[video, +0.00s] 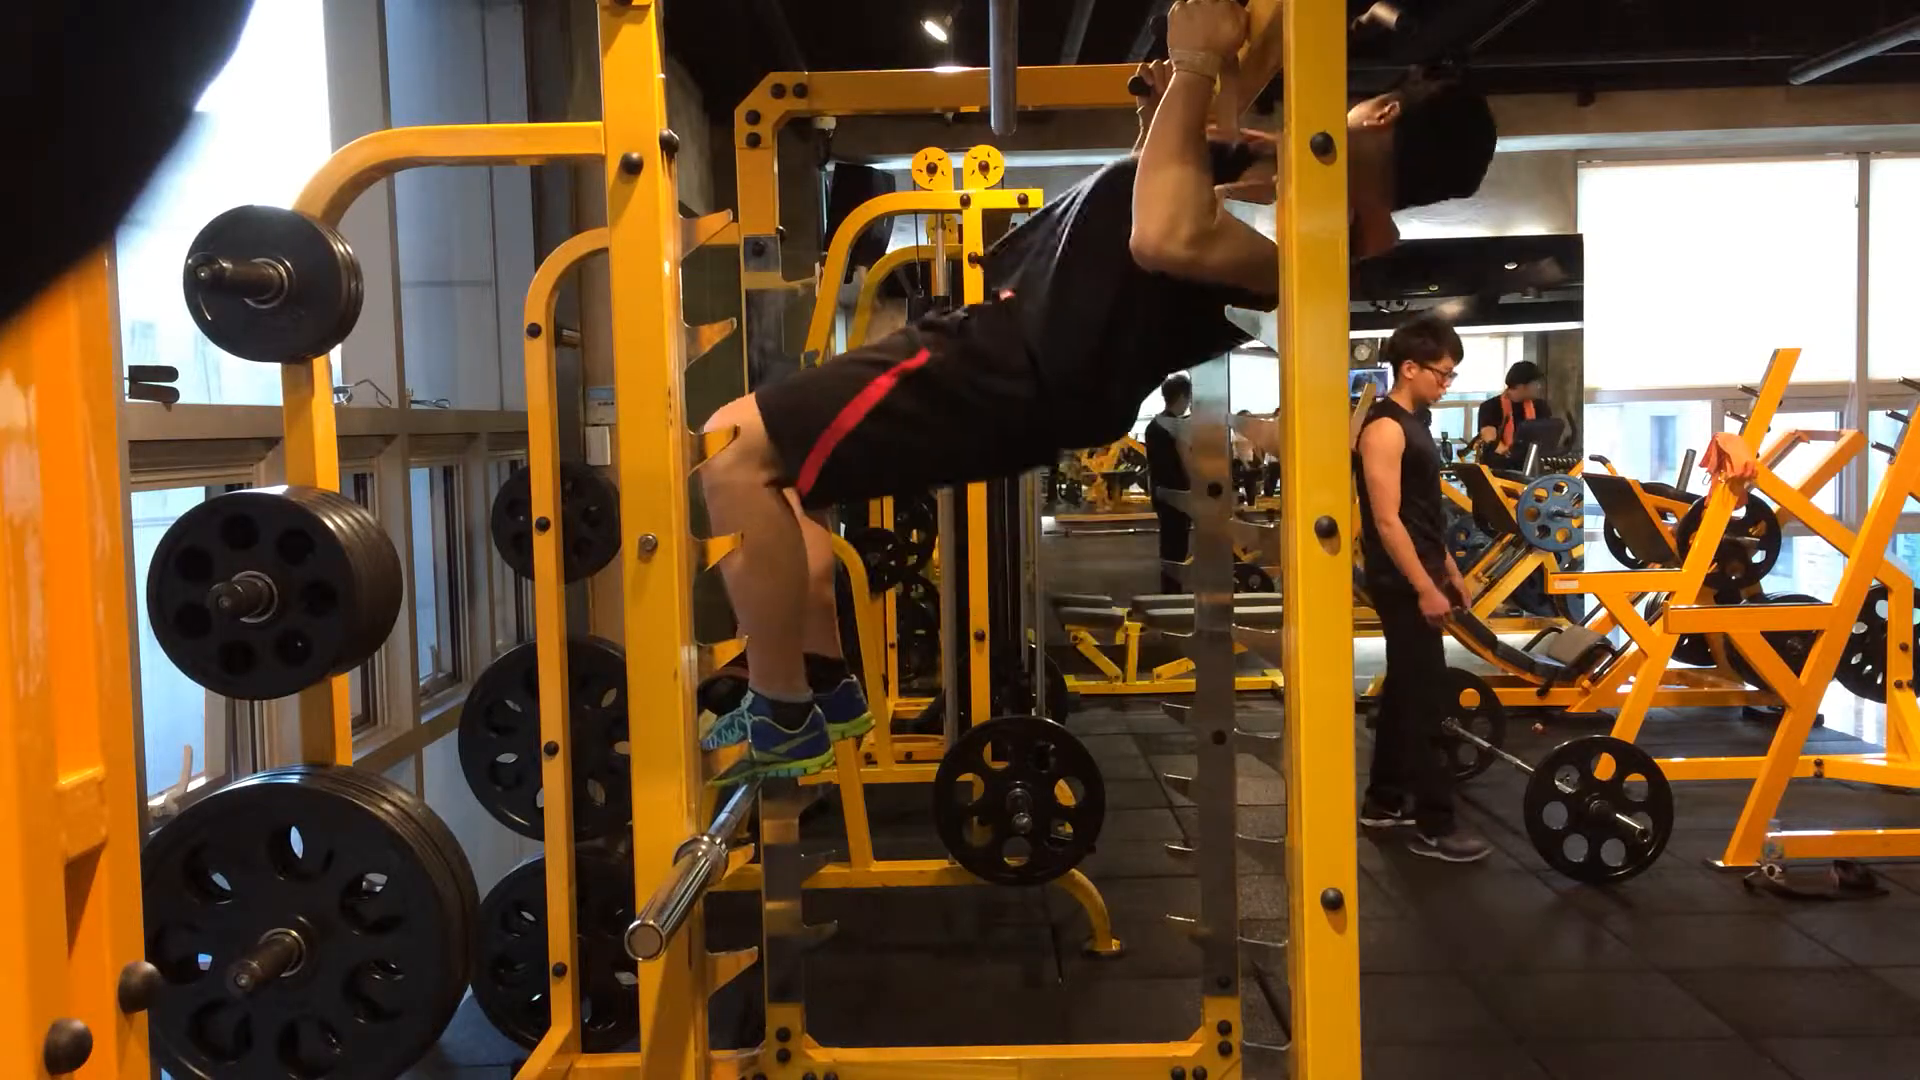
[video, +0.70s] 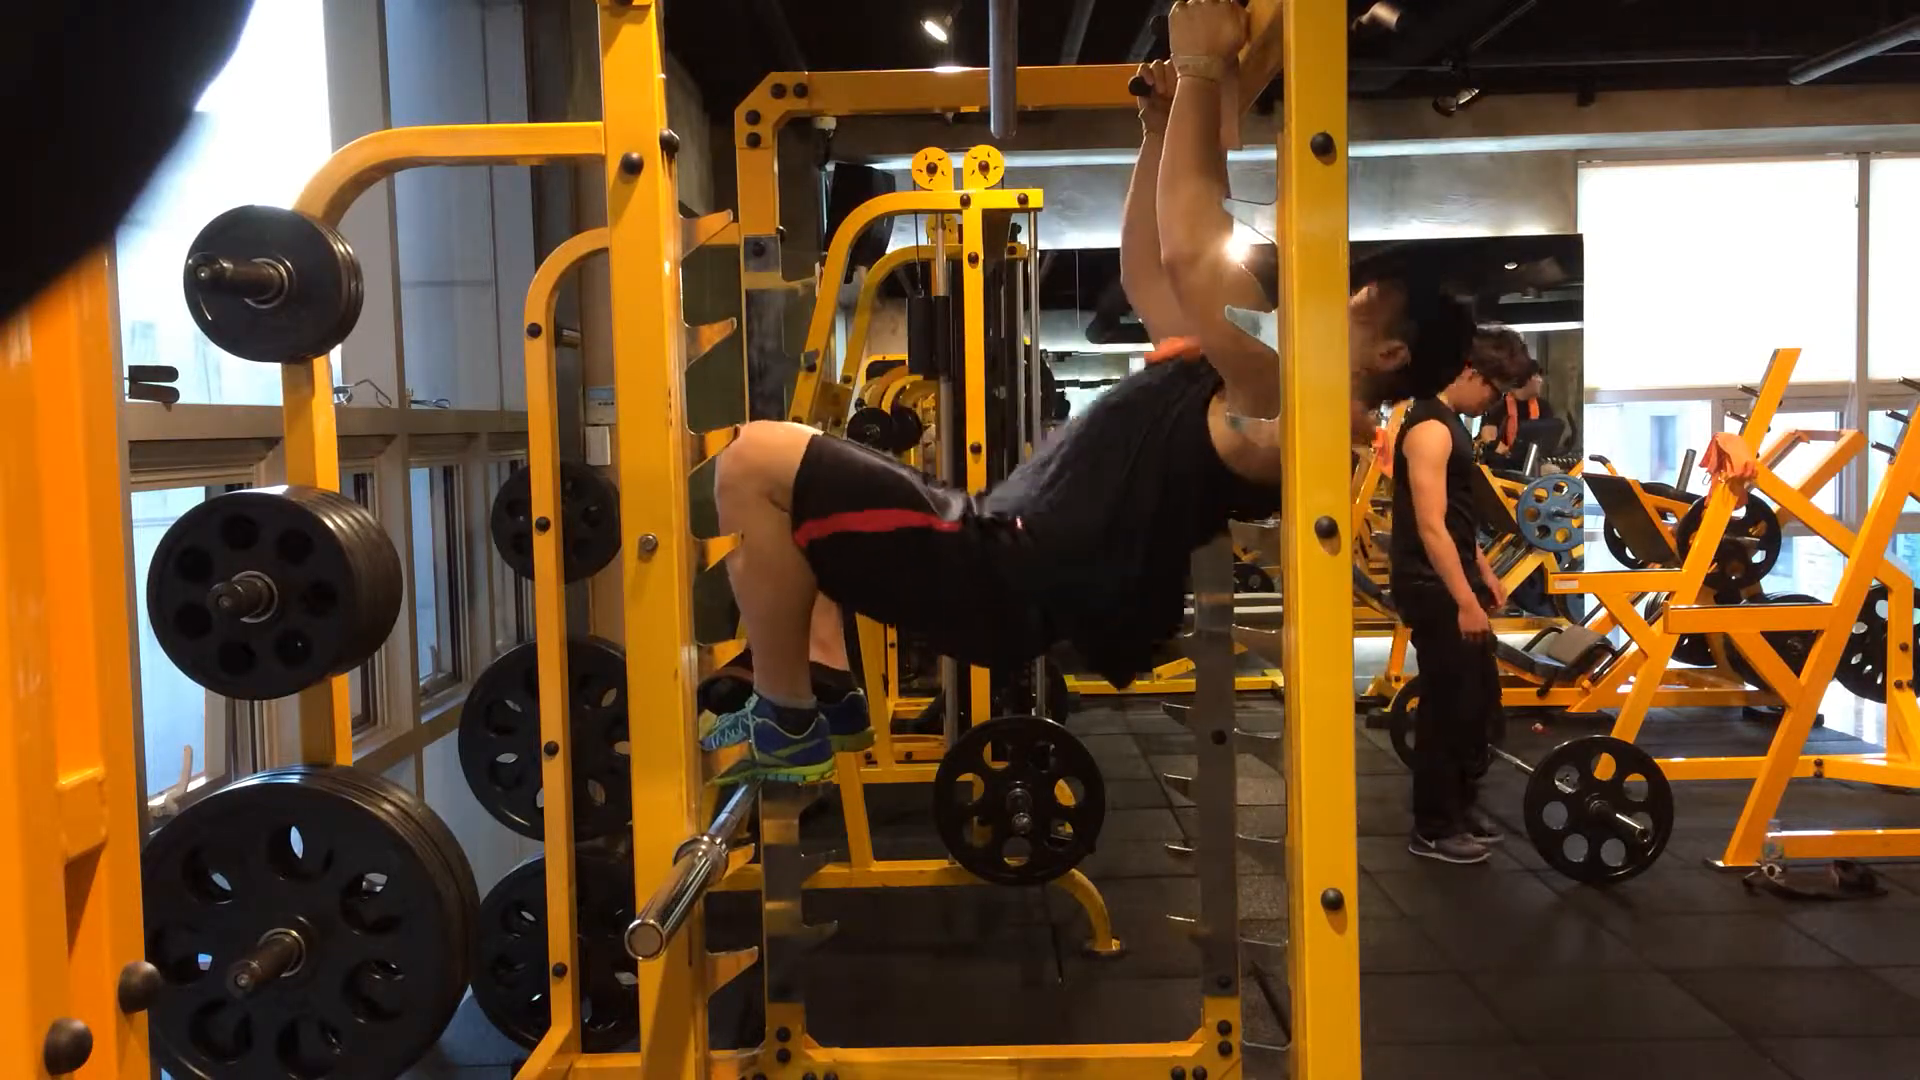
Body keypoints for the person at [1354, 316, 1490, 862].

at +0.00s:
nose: (1447, 383)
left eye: (1450, 375)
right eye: (1441, 373)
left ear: (1418, 372)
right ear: (1409, 367)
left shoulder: (1410, 422)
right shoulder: (1385, 427)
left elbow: (1422, 512)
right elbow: (1385, 521)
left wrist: (1448, 568)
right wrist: (1423, 589)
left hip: (1414, 576)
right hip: (1399, 579)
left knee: (1405, 687)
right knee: (1427, 692)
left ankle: (1385, 801)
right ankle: (1432, 827)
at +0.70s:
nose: (1490, 404)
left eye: (1496, 396)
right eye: (1493, 393)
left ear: (1471, 377)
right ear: (1472, 376)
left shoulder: (1445, 424)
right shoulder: (1430, 429)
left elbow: (1453, 518)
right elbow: (1429, 528)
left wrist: (1482, 571)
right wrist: (1464, 602)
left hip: (1450, 584)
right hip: (1429, 587)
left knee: (1477, 696)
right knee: (1450, 701)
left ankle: (1458, 806)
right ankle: (1434, 827)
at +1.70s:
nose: (1626, 452)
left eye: (1634, 446)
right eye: (1632, 441)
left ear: (1615, 415)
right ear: (1617, 419)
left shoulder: (1565, 443)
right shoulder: (1552, 455)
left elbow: (1586, 520)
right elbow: (1539, 560)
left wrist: (1631, 568)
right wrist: (1567, 632)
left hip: (1495, 574)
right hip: (1478, 577)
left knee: (1509, 701)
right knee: (1503, 704)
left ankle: (1504, 824)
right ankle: (1494, 838)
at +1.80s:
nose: (1635, 474)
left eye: (1645, 468)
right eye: (1643, 464)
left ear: (1628, 434)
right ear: (1629, 437)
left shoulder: (1583, 455)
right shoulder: (1563, 467)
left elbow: (1603, 533)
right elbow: (1550, 574)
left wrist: (1650, 586)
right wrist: (1572, 656)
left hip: (1495, 571)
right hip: (1476, 574)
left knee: (1509, 700)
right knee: (1502, 705)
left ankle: (1507, 826)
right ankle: (1493, 838)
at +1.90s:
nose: (1648, 492)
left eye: (1658, 486)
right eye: (1655, 482)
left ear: (1641, 449)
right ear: (1644, 456)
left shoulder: (1593, 457)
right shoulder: (1578, 484)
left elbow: (1611, 552)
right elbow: (1561, 589)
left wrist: (1654, 592)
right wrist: (1581, 670)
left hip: (1492, 568)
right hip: (1478, 572)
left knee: (1507, 702)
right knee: (1502, 707)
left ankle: (1506, 825)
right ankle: (1493, 839)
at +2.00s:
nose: (1656, 503)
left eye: (1666, 498)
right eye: (1665, 496)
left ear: (1653, 461)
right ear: (1656, 471)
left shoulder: (1597, 447)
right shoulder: (1593, 502)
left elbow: (1609, 541)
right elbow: (1575, 604)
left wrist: (1651, 589)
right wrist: (1589, 685)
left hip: (1479, 559)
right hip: (1481, 573)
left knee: (1505, 702)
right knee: (1504, 708)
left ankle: (1502, 821)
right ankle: (1494, 838)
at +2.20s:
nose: (1670, 529)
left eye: (1679, 526)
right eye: (1680, 523)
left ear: (1668, 477)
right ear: (1674, 497)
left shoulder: (1613, 446)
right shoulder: (1616, 525)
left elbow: (1617, 537)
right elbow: (1592, 626)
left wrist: (1652, 590)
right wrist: (1599, 712)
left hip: (1468, 550)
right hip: (1487, 571)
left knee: (1479, 690)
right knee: (1502, 701)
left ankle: (1462, 801)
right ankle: (1493, 839)